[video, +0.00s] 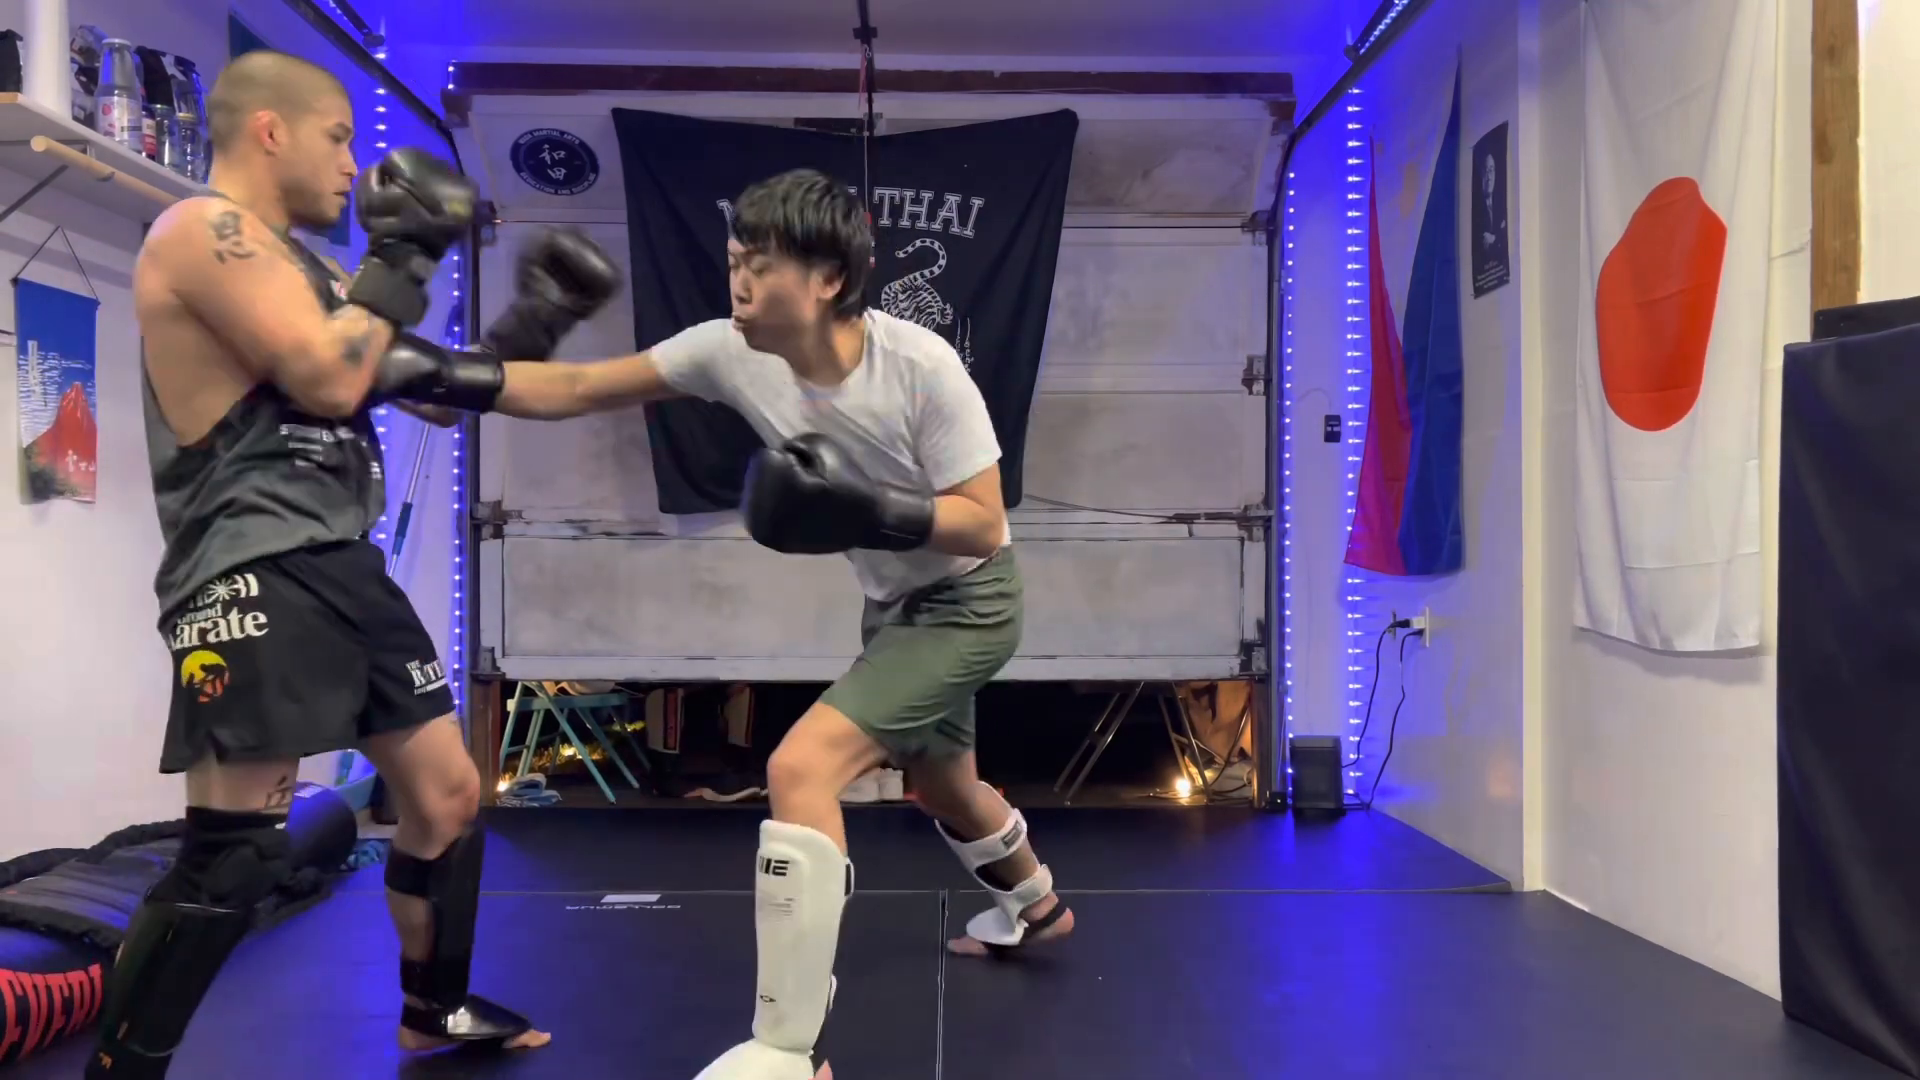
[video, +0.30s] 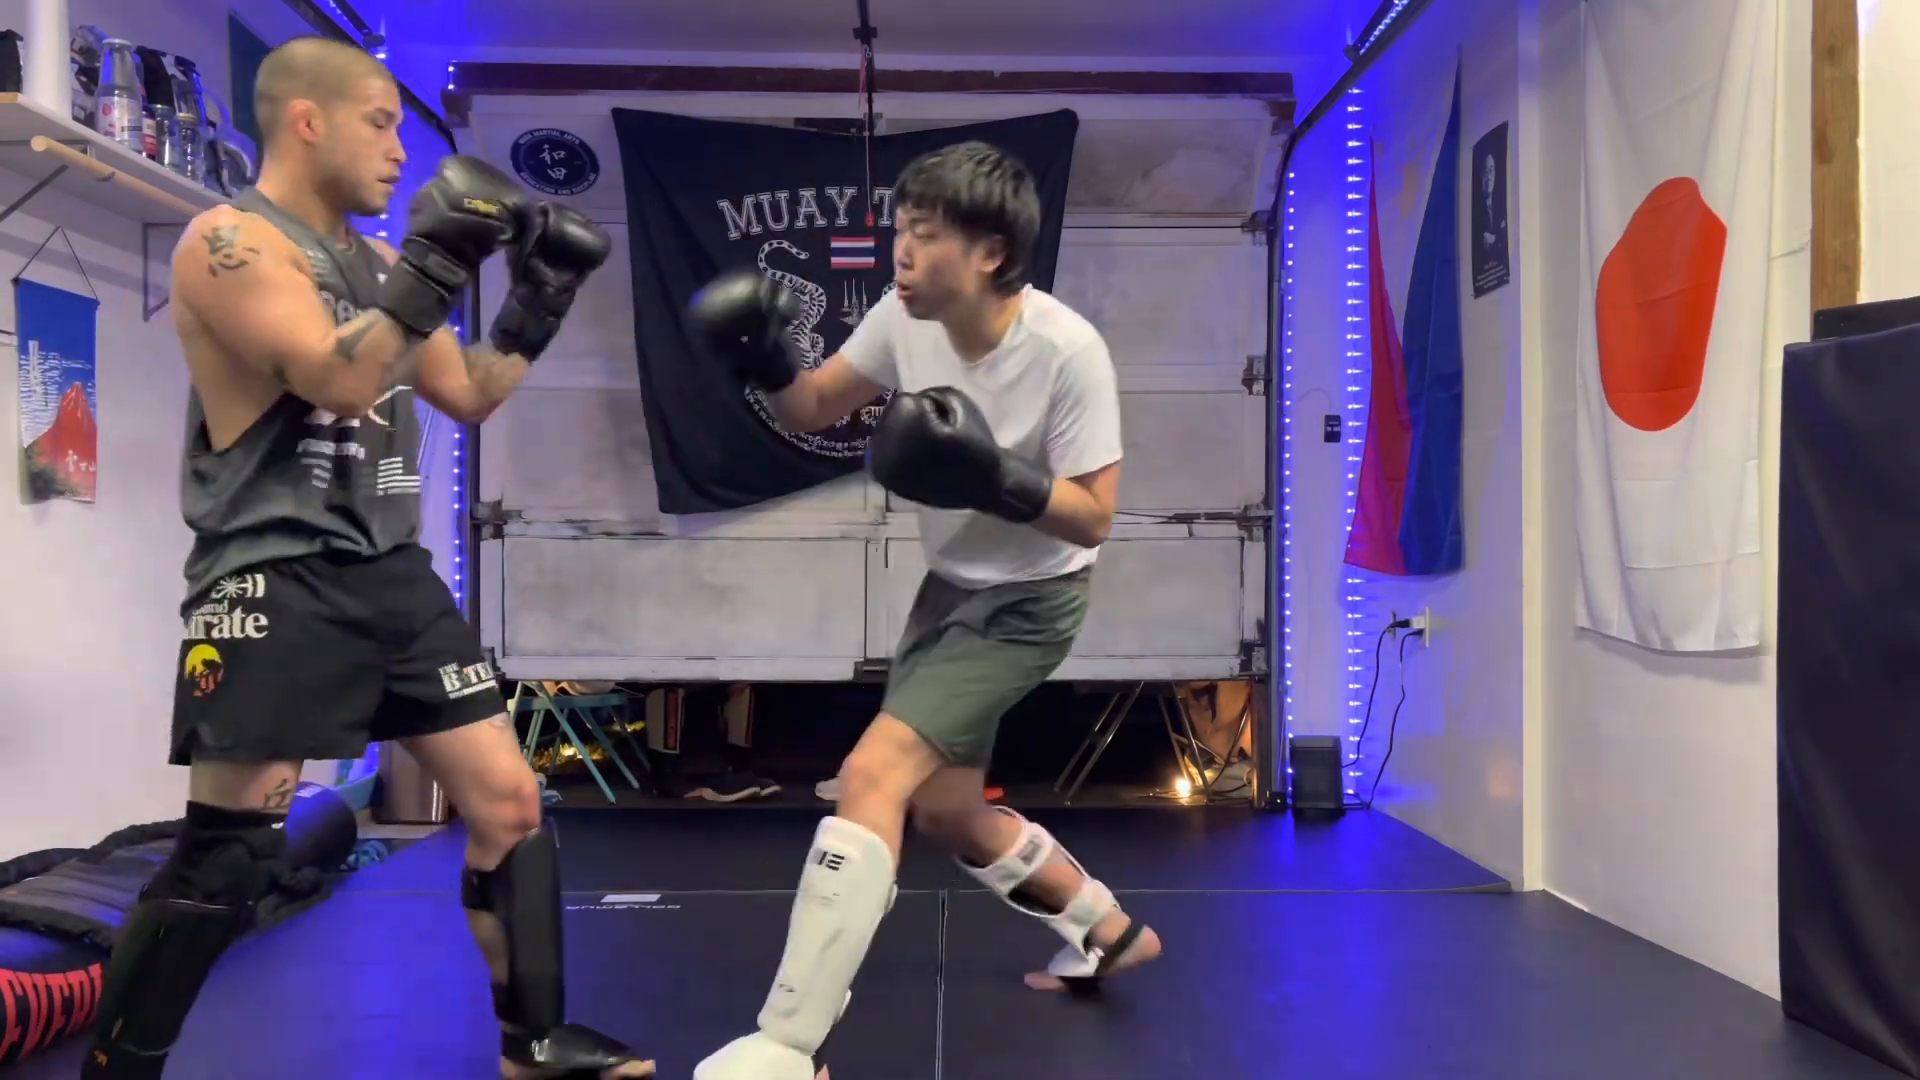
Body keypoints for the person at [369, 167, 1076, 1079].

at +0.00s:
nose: (738, 282)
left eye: (759, 263)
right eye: (738, 262)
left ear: (832, 280)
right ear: (738, 273)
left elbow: (984, 526)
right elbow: (573, 385)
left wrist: (872, 508)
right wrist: (435, 373)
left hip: (969, 599)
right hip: (894, 603)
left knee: (803, 770)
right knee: (948, 788)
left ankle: (786, 1049)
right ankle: (1033, 903)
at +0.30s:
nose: (900, 250)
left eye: (924, 235)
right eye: (900, 230)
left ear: (991, 254)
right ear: (900, 234)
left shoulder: (1068, 350)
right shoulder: (902, 315)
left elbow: (1093, 516)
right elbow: (813, 406)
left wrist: (994, 479)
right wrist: (770, 367)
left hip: (1029, 597)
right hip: (949, 583)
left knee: (875, 774)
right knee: (946, 805)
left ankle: (787, 1046)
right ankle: (1104, 924)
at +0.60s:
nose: (1024, 197)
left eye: (1041, 175)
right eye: (1024, 176)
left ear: (1109, 182)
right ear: (1092, 187)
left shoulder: (1143, 254)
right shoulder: (1111, 272)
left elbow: (972, 303)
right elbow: (1040, 390)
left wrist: (819, 272)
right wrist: (1018, 272)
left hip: (1213, 537)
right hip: (1182, 536)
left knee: (1100, 793)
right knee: (1104, 743)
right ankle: (1182, 924)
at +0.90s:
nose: (1158, 179)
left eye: (1178, 158)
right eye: (1157, 161)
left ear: (1239, 167)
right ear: (1195, 175)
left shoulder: (1295, 240)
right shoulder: (1209, 281)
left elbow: (1339, 388)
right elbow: (1139, 373)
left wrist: (1208, 377)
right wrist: (1111, 278)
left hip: (1344, 515)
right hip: (1292, 526)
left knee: (1280, 747)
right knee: (1360, 754)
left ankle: (1314, 1020)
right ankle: (1476, 929)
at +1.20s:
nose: (1229, 213)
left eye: (1248, 193)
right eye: (1225, 196)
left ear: (1305, 203)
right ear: (1234, 210)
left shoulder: (1360, 274)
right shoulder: (1265, 326)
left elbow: (1415, 414)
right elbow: (1233, 446)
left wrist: (1291, 396)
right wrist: (1196, 344)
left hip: (1397, 545)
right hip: (1312, 559)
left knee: (1463, 771)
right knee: (1215, 729)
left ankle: (1586, 965)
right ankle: (1225, 913)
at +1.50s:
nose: (1171, 196)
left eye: (1189, 179)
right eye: (1165, 180)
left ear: (1242, 186)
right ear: (1163, 189)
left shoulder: (1296, 262)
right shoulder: (1177, 286)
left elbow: (1341, 391)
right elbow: (1116, 384)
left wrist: (1249, 361)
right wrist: (1109, 285)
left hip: (1289, 508)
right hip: (1203, 511)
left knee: (1305, 722)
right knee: (1153, 702)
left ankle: (1421, 885)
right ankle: (1162, 846)